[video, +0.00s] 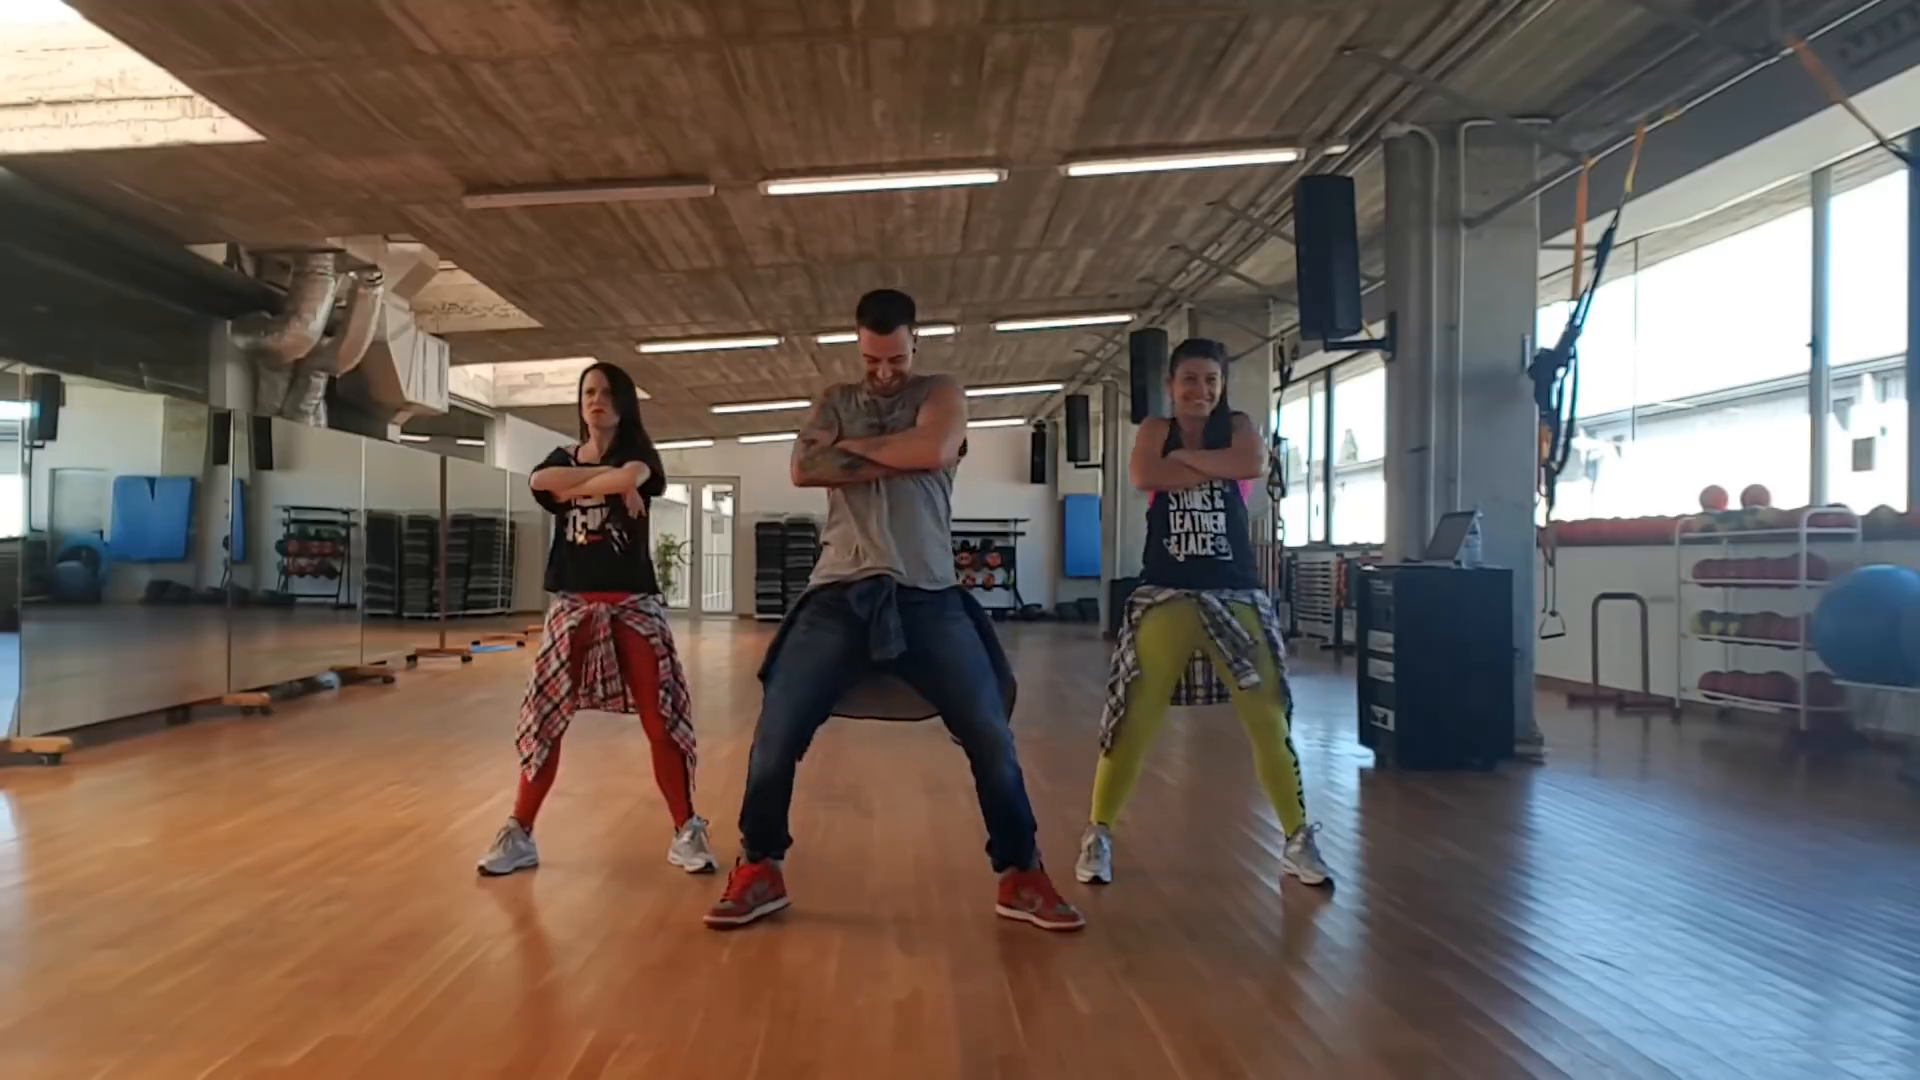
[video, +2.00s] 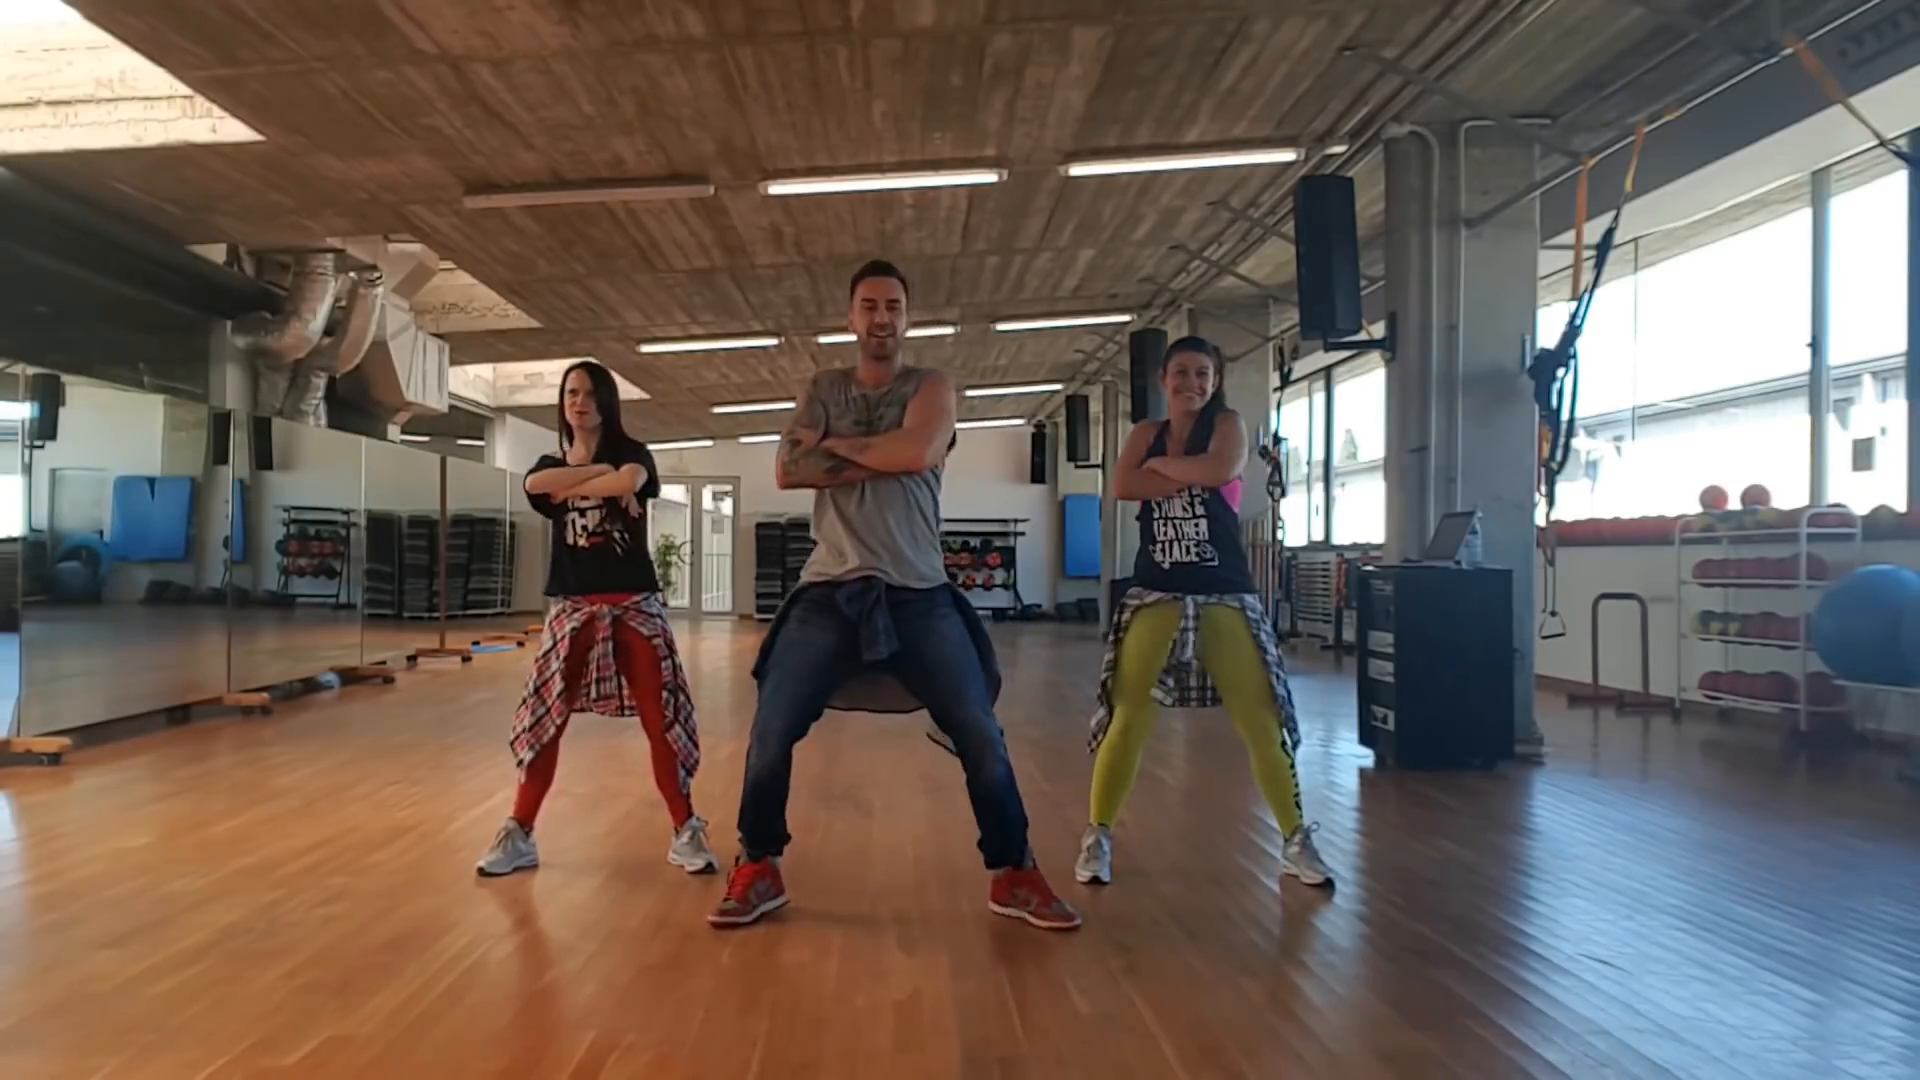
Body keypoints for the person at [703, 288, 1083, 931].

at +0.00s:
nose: (881, 370)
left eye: (893, 357)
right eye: (871, 358)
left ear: (913, 343)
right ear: (856, 346)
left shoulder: (941, 392)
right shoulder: (835, 401)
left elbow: (933, 448)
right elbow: (804, 470)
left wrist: (842, 444)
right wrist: (900, 458)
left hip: (927, 591)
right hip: (838, 590)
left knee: (987, 728)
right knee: (777, 728)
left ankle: (1020, 875)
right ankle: (759, 869)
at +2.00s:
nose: (880, 317)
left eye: (891, 306)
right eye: (868, 305)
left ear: (907, 317)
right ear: (849, 315)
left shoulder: (930, 386)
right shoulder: (823, 390)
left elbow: (918, 453)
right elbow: (788, 472)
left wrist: (827, 442)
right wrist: (877, 458)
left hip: (918, 591)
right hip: (828, 589)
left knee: (978, 730)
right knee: (770, 730)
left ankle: (1013, 874)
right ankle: (758, 869)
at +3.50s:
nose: (934, 345)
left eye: (945, 333)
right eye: (922, 333)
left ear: (961, 342)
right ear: (904, 342)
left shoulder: (985, 410)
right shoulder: (878, 421)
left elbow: (990, 446)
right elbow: (805, 468)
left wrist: (972, 349)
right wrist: (764, 383)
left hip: (984, 606)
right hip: (897, 606)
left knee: (1031, 740)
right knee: (829, 743)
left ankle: (1033, 874)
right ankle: (809, 874)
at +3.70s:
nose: (906, 341)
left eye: (917, 330)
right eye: (894, 330)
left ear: (934, 340)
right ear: (877, 338)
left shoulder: (958, 404)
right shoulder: (856, 407)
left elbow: (999, 439)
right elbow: (806, 442)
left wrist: (992, 346)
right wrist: (793, 365)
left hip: (946, 597)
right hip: (867, 592)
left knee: (987, 743)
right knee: (767, 704)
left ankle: (1057, 860)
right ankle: (780, 860)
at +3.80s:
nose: (880, 347)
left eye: (893, 336)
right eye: (869, 336)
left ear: (908, 344)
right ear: (853, 343)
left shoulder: (935, 410)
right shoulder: (835, 412)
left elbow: (990, 447)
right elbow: (799, 447)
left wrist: (983, 359)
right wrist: (809, 365)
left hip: (912, 605)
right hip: (836, 601)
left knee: (966, 747)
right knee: (741, 713)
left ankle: (1066, 854)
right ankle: (747, 867)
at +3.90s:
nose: (852, 364)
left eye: (865, 352)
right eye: (842, 351)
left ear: (880, 358)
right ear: (826, 357)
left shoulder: (900, 431)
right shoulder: (807, 424)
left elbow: (957, 467)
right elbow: (782, 460)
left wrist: (958, 380)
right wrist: (797, 377)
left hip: (873, 621)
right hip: (801, 620)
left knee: (934, 757)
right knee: (708, 721)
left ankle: (1055, 854)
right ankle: (748, 871)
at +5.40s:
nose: (958, 355)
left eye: (969, 342)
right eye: (946, 343)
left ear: (989, 348)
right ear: (931, 352)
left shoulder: (1019, 411)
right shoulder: (916, 420)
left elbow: (1019, 431)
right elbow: (863, 438)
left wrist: (997, 335)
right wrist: (838, 352)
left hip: (1023, 608)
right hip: (941, 612)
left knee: (1048, 747)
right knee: (942, 759)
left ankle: (1056, 868)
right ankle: (975, 857)